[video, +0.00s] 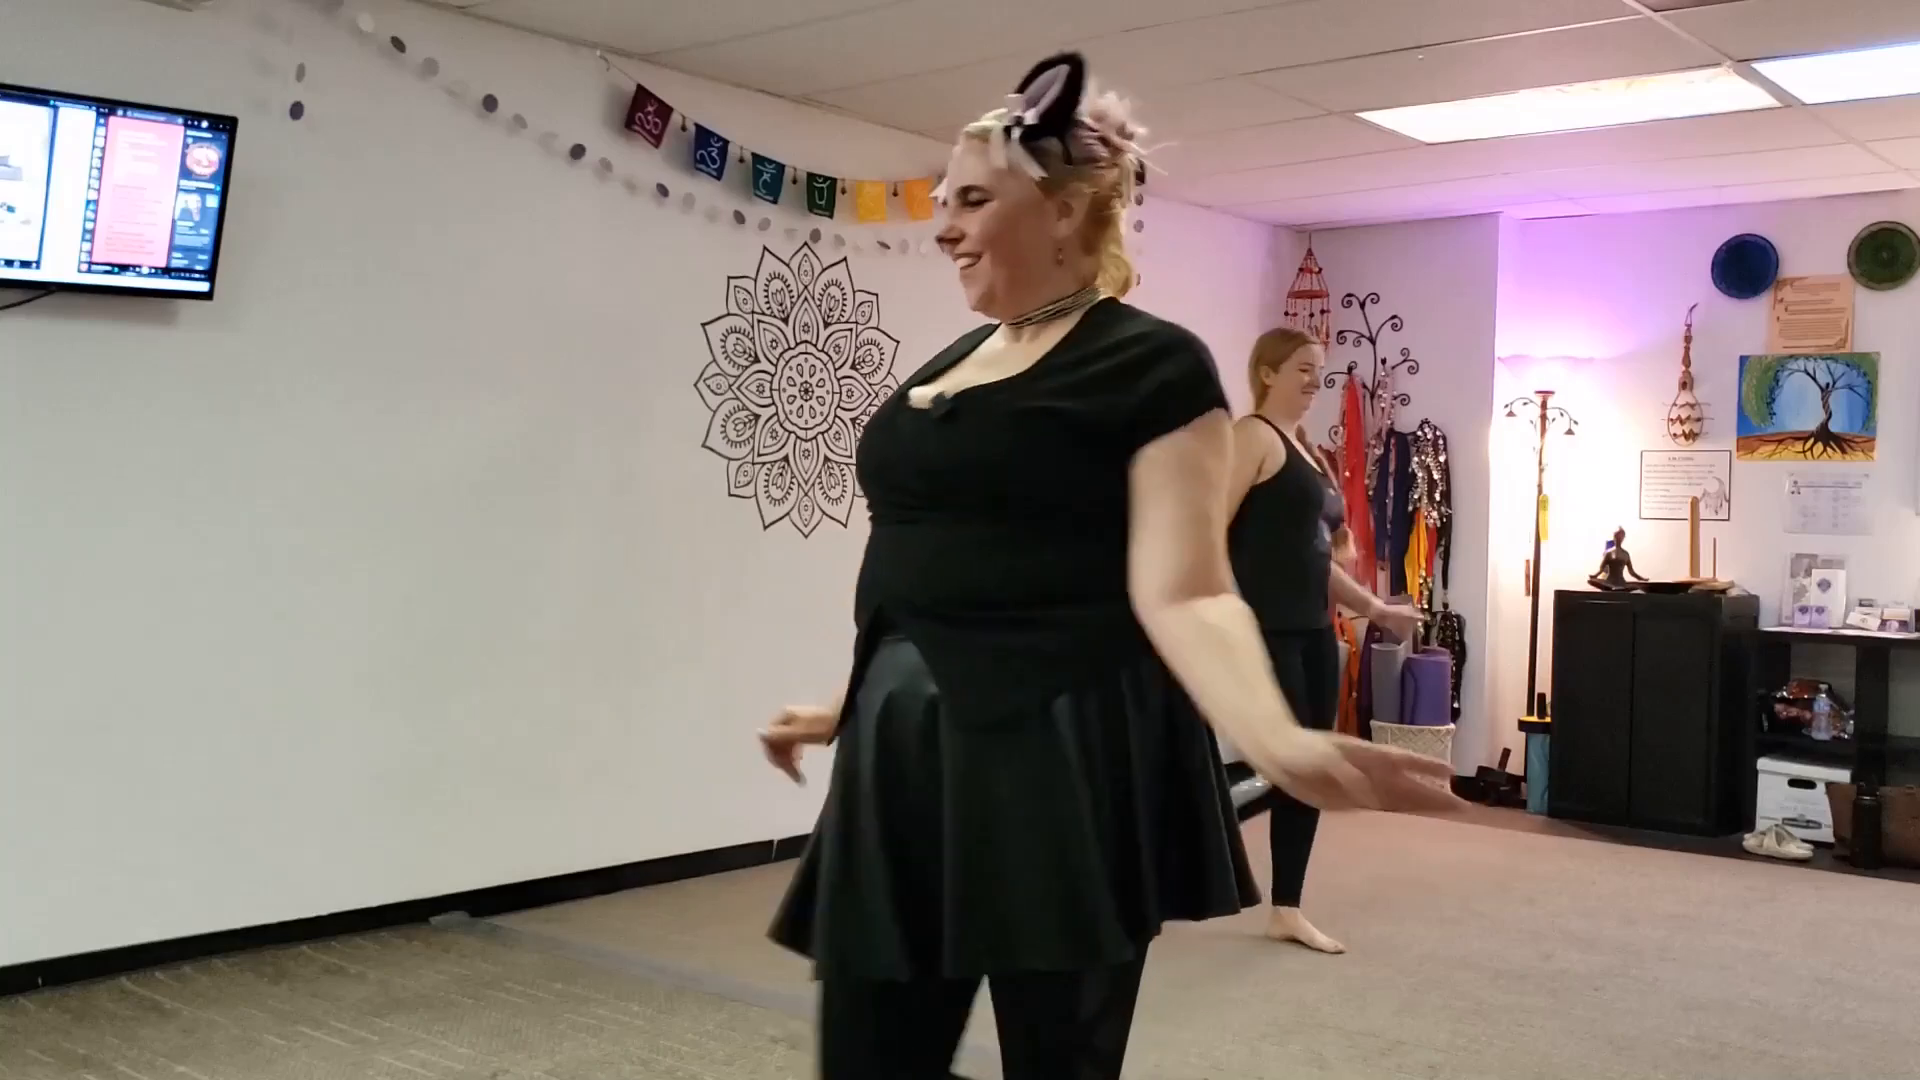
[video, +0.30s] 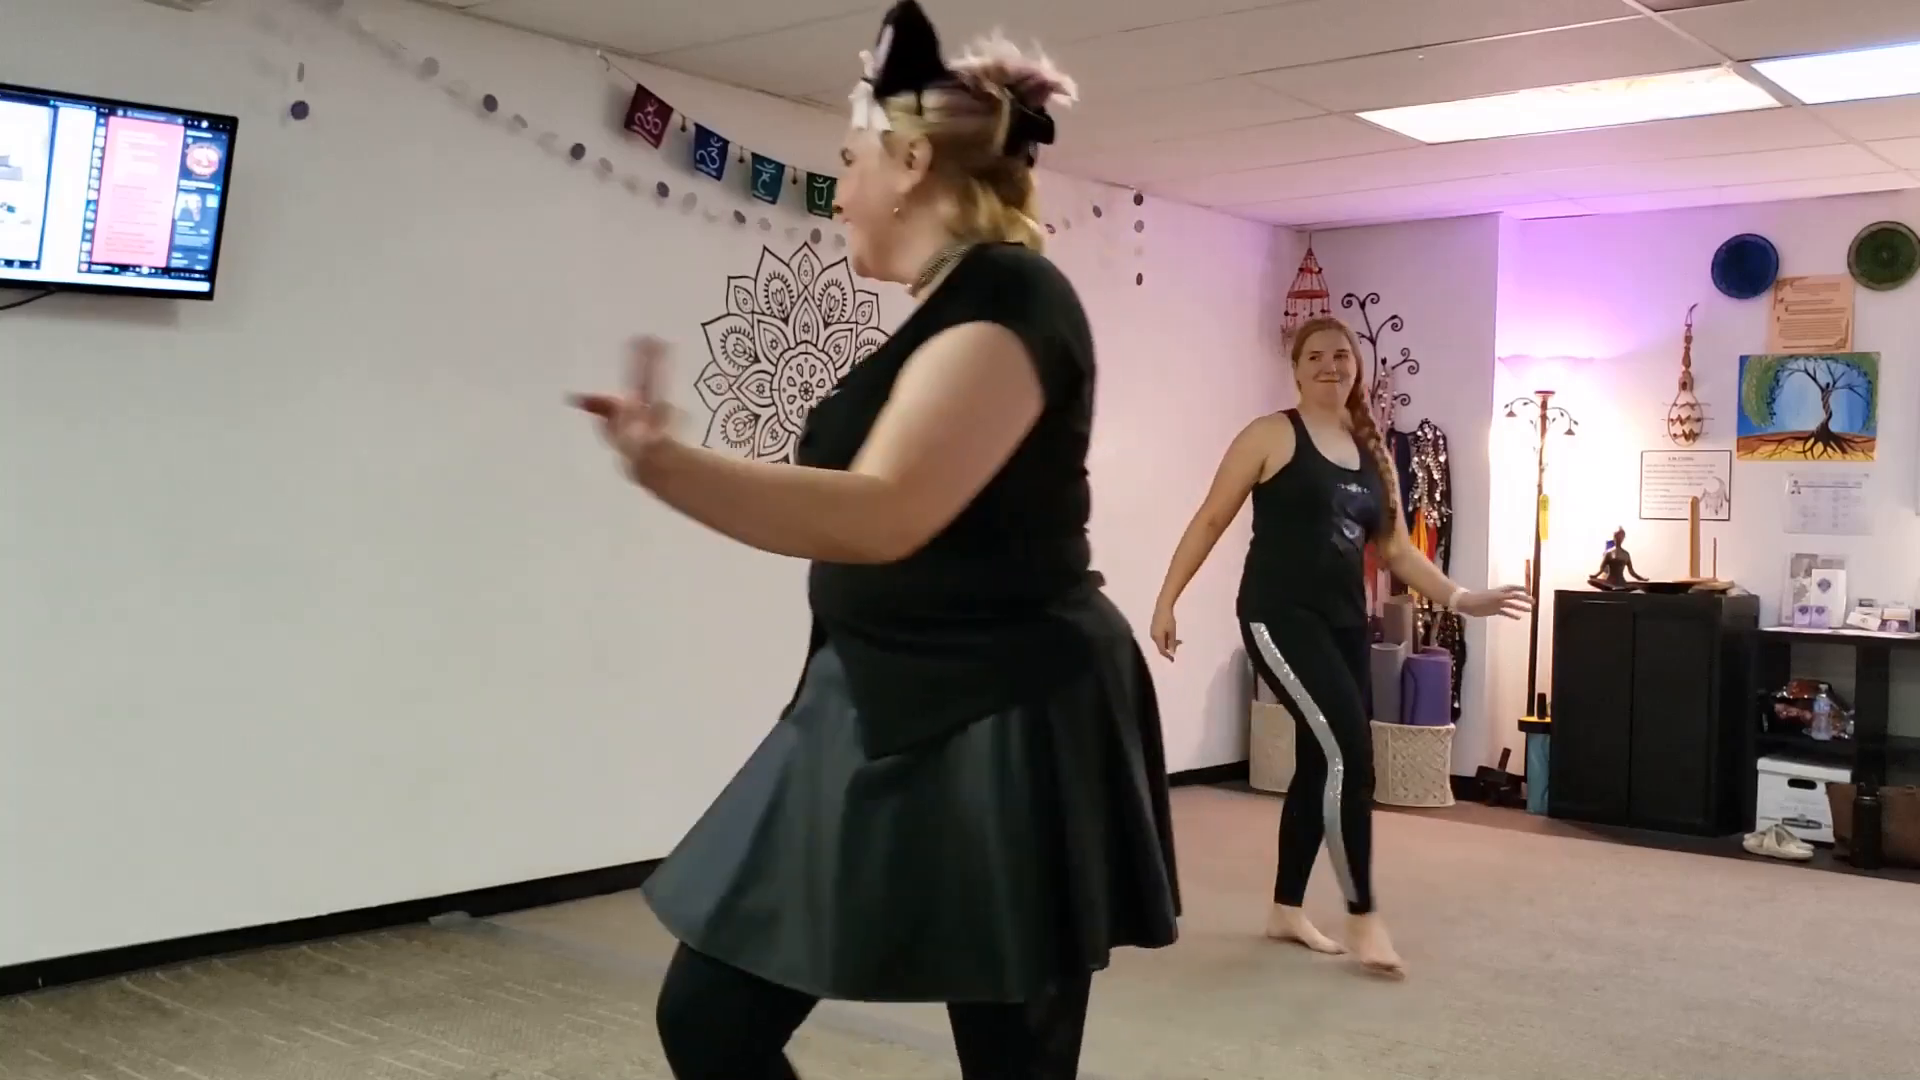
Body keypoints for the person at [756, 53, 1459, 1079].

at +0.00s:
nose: (944, 228)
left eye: (973, 199)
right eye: (946, 204)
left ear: (1072, 207)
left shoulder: (1156, 365)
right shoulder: (950, 366)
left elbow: (1188, 593)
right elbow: (934, 592)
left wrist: (1282, 741)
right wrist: (848, 711)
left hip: (1071, 773)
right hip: (907, 762)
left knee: (1060, 1060)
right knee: (866, 1059)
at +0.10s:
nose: (905, 233)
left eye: (925, 201)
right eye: (907, 207)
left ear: (1014, 201)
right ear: (1007, 206)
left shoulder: (1115, 346)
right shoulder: (961, 349)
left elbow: (1095, 546)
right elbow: (915, 553)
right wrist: (857, 710)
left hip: (1040, 729)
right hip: (892, 723)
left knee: (1039, 1057)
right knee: (790, 1052)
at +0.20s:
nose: (870, 208)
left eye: (884, 178)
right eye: (872, 182)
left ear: (956, 181)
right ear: (959, 184)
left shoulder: (1067, 318)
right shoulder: (937, 347)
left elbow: (980, 540)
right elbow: (877, 559)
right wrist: (834, 710)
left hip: (1038, 719)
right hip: (892, 713)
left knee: (1024, 1058)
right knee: (734, 1034)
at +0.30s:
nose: (836, 192)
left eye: (849, 162)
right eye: (841, 166)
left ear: (912, 159)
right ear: (919, 161)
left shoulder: (1013, 297)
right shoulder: (938, 317)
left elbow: (884, 513)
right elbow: (874, 509)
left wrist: (661, 462)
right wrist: (686, 462)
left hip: (1006, 715)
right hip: (873, 709)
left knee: (1016, 1051)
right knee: (709, 1023)